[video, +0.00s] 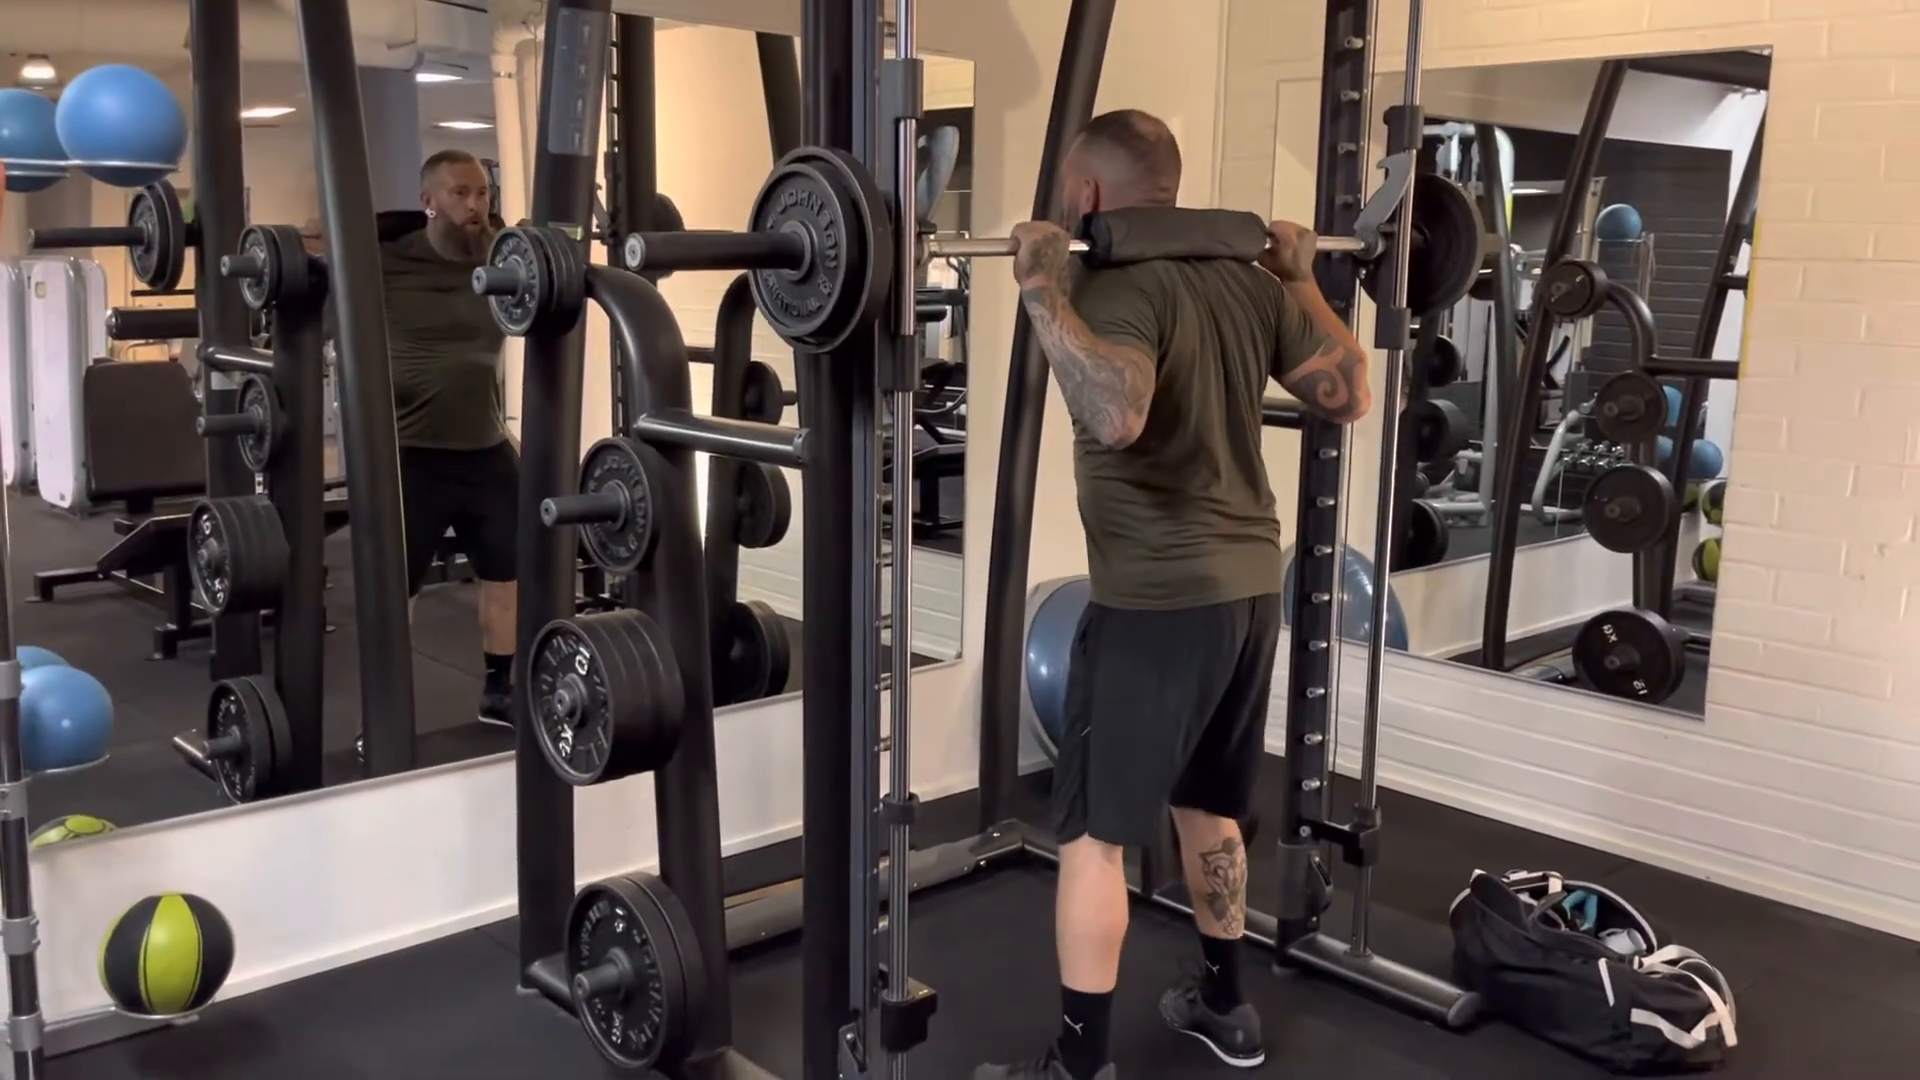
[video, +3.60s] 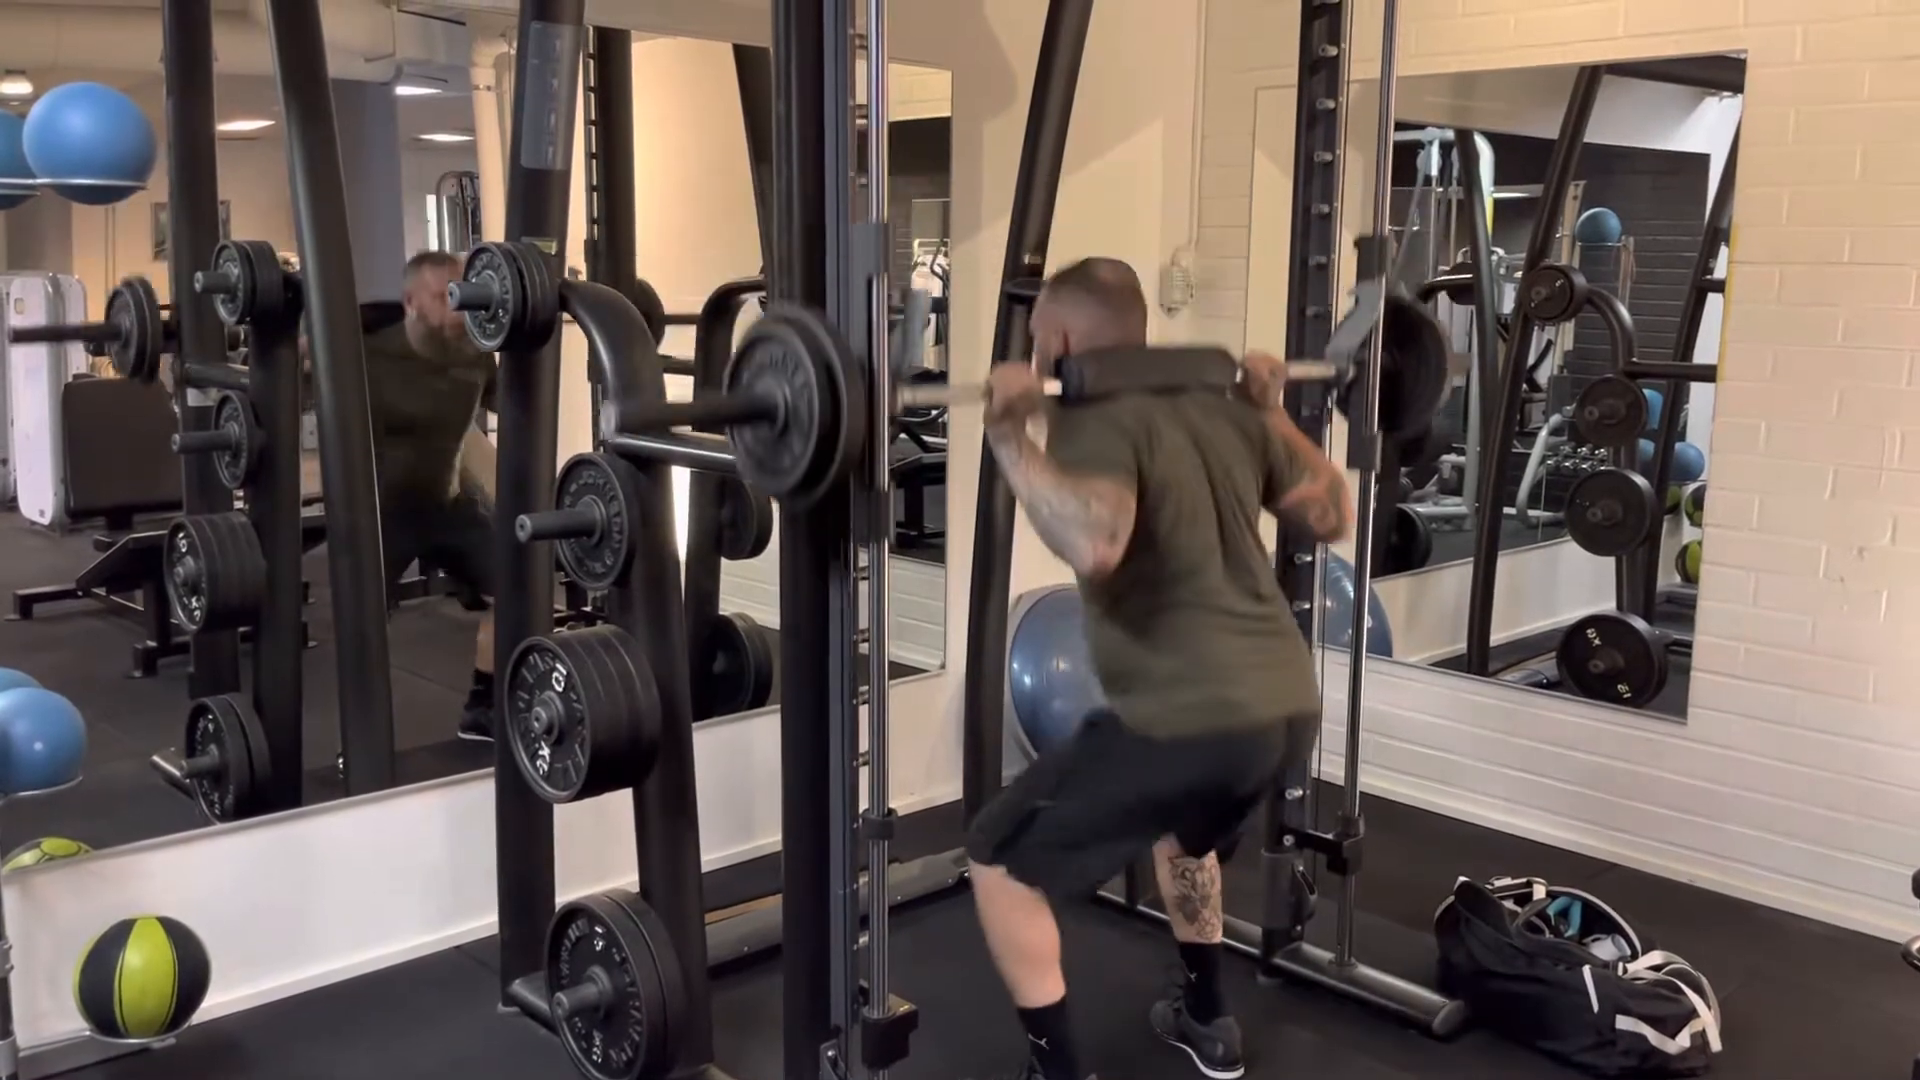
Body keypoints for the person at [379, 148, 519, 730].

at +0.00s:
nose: (477, 203)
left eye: (483, 193)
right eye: (463, 192)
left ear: (491, 200)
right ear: (430, 200)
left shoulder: (495, 260)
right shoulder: (381, 262)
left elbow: (552, 269)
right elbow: (302, 242)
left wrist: (499, 241)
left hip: (485, 449)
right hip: (406, 452)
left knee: (506, 566)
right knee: (392, 587)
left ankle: (501, 690)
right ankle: (382, 711)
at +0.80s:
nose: (471, 237)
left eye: (476, 225)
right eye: (457, 226)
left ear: (483, 229)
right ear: (424, 233)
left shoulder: (485, 293)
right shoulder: (377, 291)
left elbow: (516, 339)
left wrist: (544, 267)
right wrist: (295, 271)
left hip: (464, 465)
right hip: (393, 469)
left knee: (520, 554)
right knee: (375, 589)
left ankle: (495, 683)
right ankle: (374, 706)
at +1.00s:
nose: (468, 306)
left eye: (471, 293)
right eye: (454, 294)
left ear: (479, 294)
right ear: (422, 297)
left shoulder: (485, 350)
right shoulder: (380, 352)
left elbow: (510, 396)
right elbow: (304, 396)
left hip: (454, 498)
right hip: (388, 502)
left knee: (526, 559)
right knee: (377, 602)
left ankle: (494, 683)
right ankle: (371, 717)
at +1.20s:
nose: (466, 372)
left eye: (474, 359)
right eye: (453, 359)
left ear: (482, 360)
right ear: (420, 362)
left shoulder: (486, 408)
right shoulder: (379, 412)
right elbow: (300, 463)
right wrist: (306, 417)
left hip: (450, 542)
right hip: (384, 548)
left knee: (524, 572)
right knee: (370, 616)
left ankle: (490, 687)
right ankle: (365, 718)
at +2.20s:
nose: (454, 306)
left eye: (458, 293)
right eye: (440, 294)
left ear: (467, 296)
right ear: (409, 301)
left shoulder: (476, 356)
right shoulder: (372, 360)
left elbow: (508, 408)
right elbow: (298, 404)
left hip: (441, 508)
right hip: (377, 513)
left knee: (518, 561)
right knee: (367, 613)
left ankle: (485, 691)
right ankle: (358, 727)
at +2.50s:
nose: (454, 216)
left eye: (460, 203)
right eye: (439, 204)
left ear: (466, 207)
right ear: (406, 209)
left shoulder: (472, 270)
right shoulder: (360, 272)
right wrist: (275, 262)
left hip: (453, 451)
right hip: (380, 455)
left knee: (480, 568)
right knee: (365, 590)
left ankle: (482, 696)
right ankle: (360, 714)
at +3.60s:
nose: (460, 308)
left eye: (462, 296)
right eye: (447, 297)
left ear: (467, 295)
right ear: (413, 300)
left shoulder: (477, 360)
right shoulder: (368, 350)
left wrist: (515, 490)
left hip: (445, 509)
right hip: (378, 512)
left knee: (516, 570)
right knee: (363, 620)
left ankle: (485, 702)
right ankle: (359, 737)